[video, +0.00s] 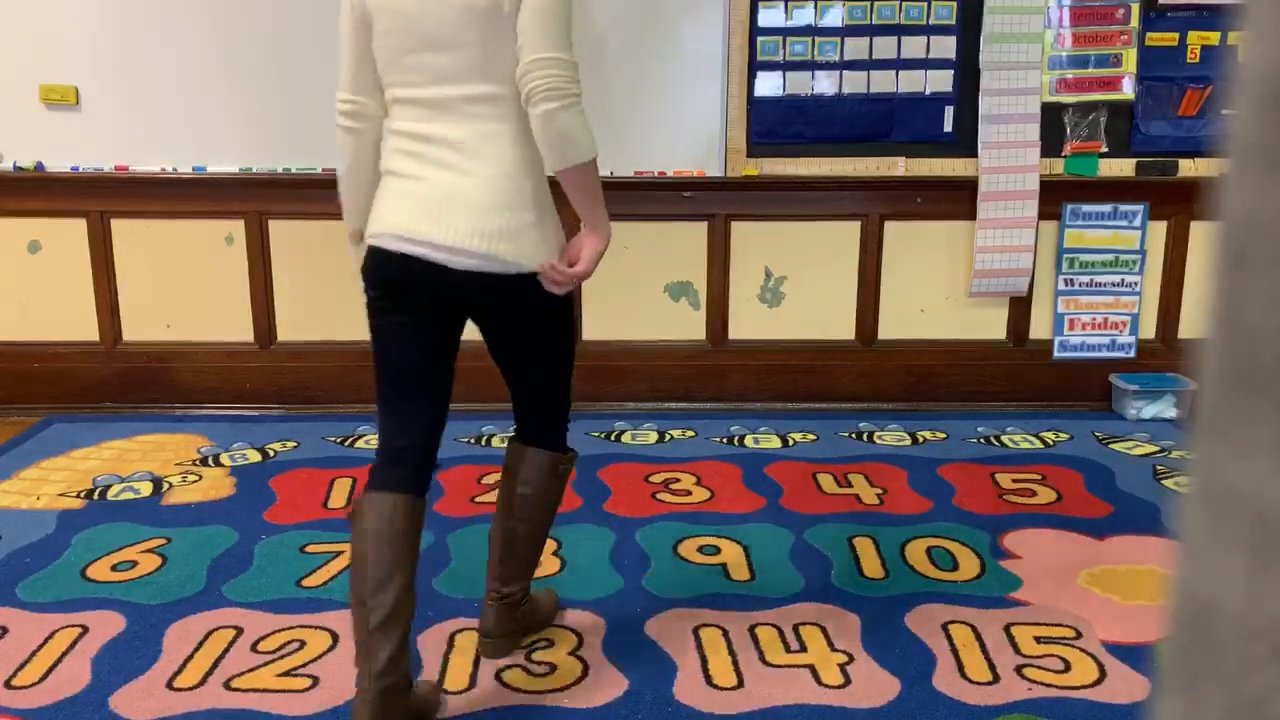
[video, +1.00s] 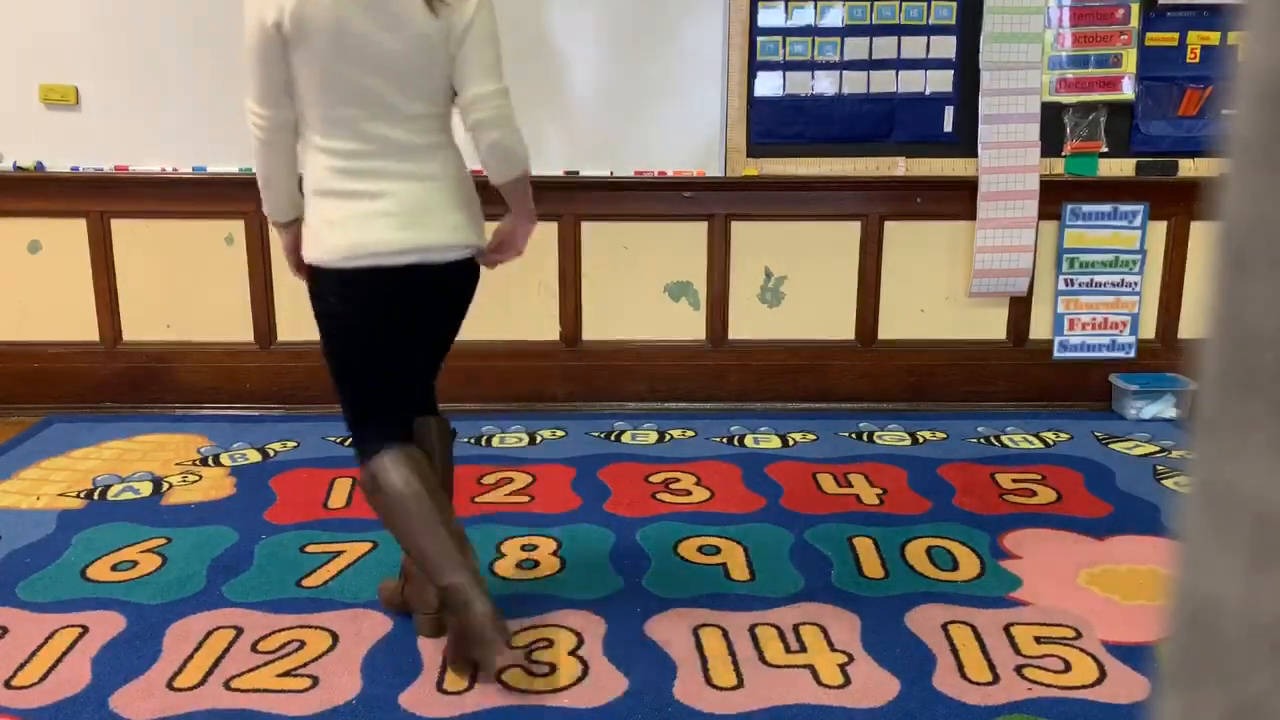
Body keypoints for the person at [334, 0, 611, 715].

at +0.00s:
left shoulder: (371, 1)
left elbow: (358, 108)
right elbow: (546, 90)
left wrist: (365, 234)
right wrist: (596, 222)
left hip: (400, 233)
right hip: (512, 238)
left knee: (399, 453)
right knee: (543, 424)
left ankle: (381, 686)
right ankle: (507, 605)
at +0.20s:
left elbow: (329, 74)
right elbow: (558, 60)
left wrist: (305, 217)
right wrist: (599, 197)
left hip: (403, 218)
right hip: (519, 217)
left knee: (405, 435)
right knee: (536, 427)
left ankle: (390, 671)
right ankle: (531, 657)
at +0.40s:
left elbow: (345, 53)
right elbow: (579, 53)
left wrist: (323, 200)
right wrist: (599, 188)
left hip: (406, 205)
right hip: (522, 201)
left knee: (427, 416)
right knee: (537, 422)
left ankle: (450, 640)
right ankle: (541, 652)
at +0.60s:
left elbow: (339, 66)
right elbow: (561, 56)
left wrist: (330, 210)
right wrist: (577, 179)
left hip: (393, 205)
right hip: (506, 201)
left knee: (427, 416)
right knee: (515, 402)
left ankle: (469, 632)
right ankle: (541, 613)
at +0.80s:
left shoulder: (314, 2)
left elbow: (302, 90)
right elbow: (531, 70)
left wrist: (302, 220)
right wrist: (560, 180)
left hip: (384, 223)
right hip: (485, 218)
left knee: (428, 423)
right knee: (439, 388)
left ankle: (498, 625)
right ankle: (449, 567)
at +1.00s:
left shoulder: (277, 4)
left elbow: (270, 123)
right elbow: (487, 114)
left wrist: (289, 226)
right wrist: (522, 209)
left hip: (344, 247)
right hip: (444, 241)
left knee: (377, 434)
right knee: (418, 403)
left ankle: (465, 593)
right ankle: (423, 579)